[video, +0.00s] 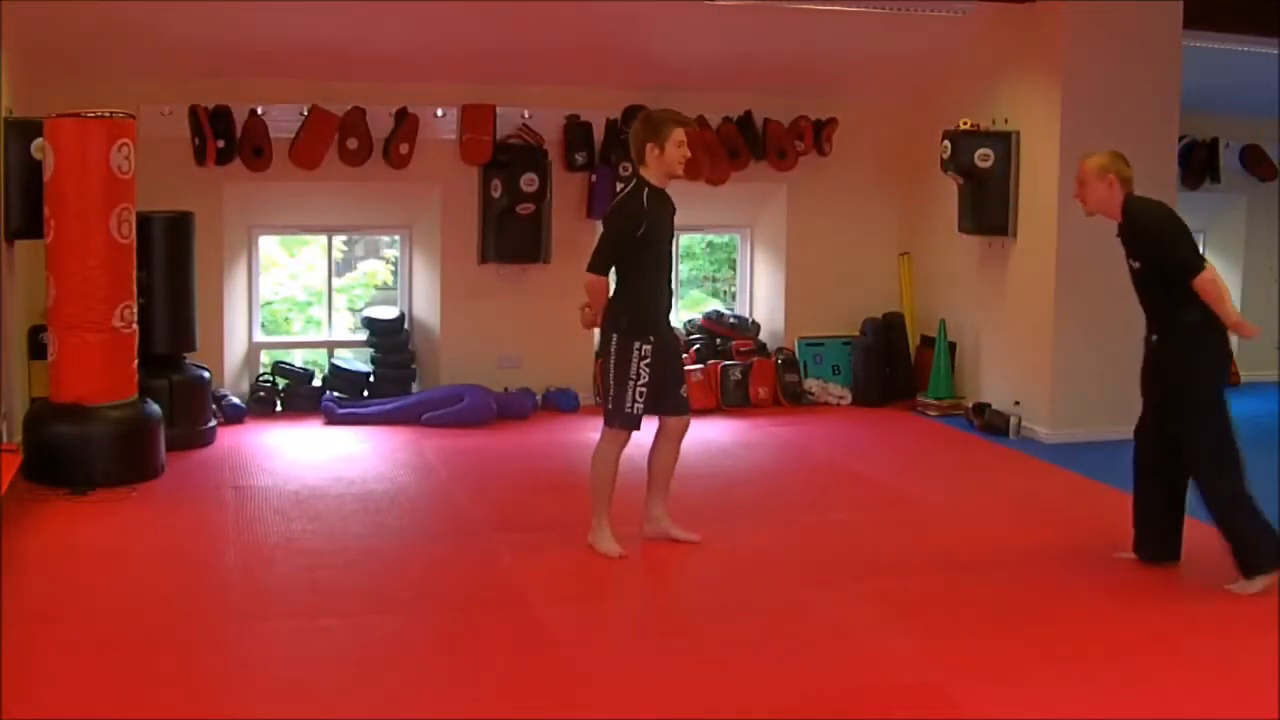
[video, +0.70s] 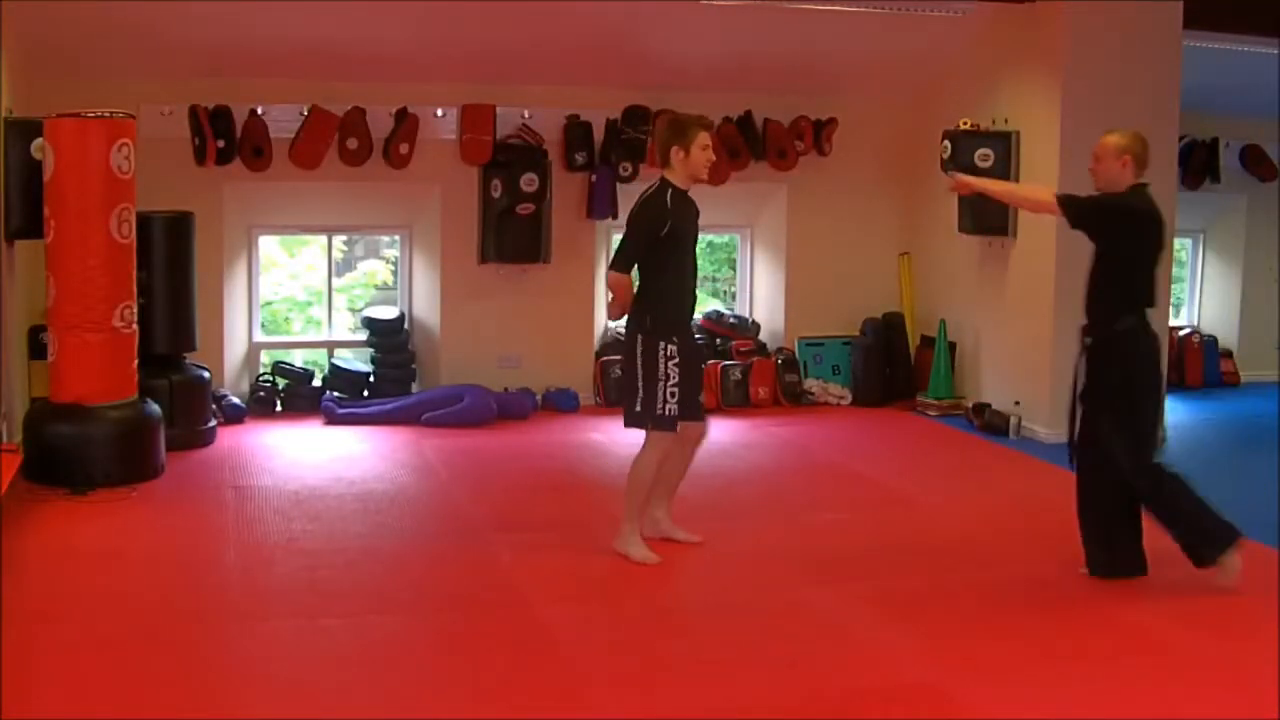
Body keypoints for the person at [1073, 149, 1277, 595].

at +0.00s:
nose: (1077, 193)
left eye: (1082, 184)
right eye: (1077, 185)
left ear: (1110, 184)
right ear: (1108, 185)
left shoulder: (1150, 219)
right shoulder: (1133, 224)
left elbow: (1202, 277)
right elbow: (1186, 280)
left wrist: (1232, 320)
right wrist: (1224, 322)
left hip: (1192, 354)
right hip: (1167, 354)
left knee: (1210, 456)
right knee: (1156, 447)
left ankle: (1263, 559)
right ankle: (1156, 547)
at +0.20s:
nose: (1109, 184)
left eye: (1114, 175)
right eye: (1109, 175)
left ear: (1143, 176)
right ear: (1141, 177)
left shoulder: (1179, 215)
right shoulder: (1161, 218)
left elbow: (1197, 294)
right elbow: (1181, 294)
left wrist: (1200, 367)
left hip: (1205, 355)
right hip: (1175, 352)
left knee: (1234, 462)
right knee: (1149, 440)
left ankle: (1266, 568)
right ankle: (1160, 542)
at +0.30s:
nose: (1126, 175)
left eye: (1130, 165)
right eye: (1125, 166)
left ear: (1157, 159)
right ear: (1158, 160)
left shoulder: (1189, 204)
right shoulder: (1177, 202)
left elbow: (1163, 277)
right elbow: (1170, 277)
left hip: (1202, 340)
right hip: (1174, 338)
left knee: (1224, 451)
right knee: (1139, 430)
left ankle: (1263, 564)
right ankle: (1152, 534)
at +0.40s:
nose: (1130, 163)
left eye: (1136, 153)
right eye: (1130, 154)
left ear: (1164, 152)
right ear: (1165, 152)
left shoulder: (1185, 202)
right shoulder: (1184, 198)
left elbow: (1119, 246)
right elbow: (1191, 286)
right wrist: (1220, 353)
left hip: (1190, 340)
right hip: (1165, 338)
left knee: (1213, 449)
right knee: (1131, 426)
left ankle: (1257, 558)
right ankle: (1140, 535)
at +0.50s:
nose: (1126, 164)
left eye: (1132, 154)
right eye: (1127, 155)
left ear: (1161, 157)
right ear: (1161, 158)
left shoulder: (1174, 206)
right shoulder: (1168, 204)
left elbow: (1090, 223)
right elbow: (1095, 223)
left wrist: (1017, 216)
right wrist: (1022, 218)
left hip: (1176, 347)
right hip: (1148, 346)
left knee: (1204, 455)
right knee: (1121, 445)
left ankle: (1255, 558)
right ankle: (1128, 548)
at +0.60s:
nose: (1112, 168)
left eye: (1119, 160)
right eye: (1114, 159)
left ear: (1147, 164)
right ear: (1148, 166)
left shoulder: (1150, 212)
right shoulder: (1161, 210)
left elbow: (1068, 210)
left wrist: (1003, 195)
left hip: (1149, 352)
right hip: (1133, 351)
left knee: (1178, 458)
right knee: (1107, 454)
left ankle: (1248, 555)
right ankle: (1120, 558)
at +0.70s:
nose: (1091, 167)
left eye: (1098, 159)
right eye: (1093, 159)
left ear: (1126, 165)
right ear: (1126, 166)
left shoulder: (1129, 211)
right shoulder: (1132, 209)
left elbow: (1045, 202)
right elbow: (1046, 202)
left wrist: (977, 184)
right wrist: (982, 186)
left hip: (1126, 346)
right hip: (1112, 343)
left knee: (1127, 453)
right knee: (1098, 451)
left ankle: (1217, 542)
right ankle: (1115, 559)